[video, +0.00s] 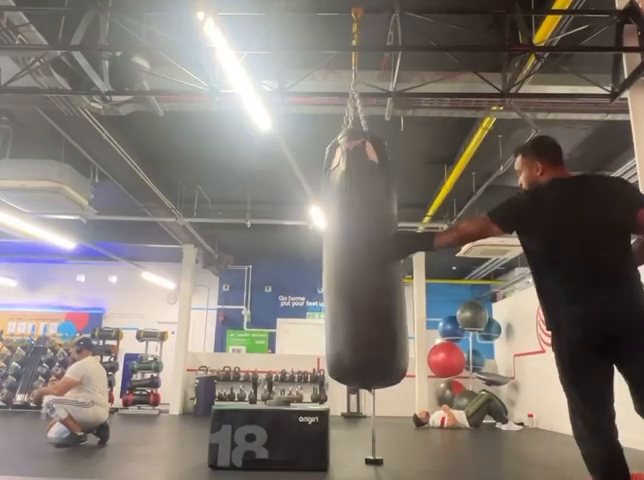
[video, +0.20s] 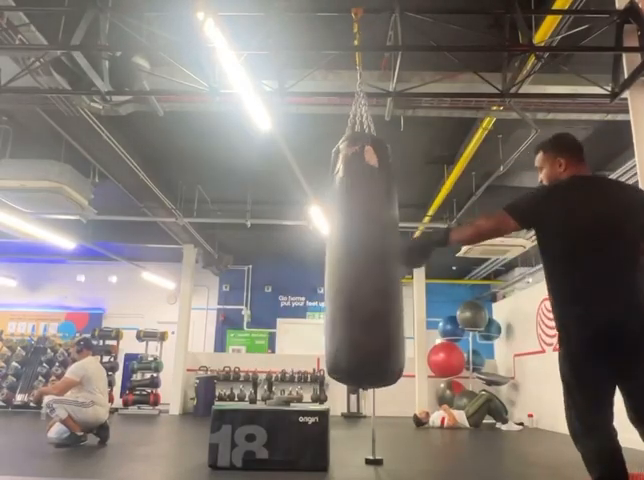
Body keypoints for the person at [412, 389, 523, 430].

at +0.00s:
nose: (423, 410)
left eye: (420, 411)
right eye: (421, 413)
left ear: (423, 417)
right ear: (423, 419)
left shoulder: (434, 415)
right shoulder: (434, 420)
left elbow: (450, 419)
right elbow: (453, 423)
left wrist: (446, 410)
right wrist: (447, 410)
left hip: (467, 413)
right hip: (470, 419)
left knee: (484, 393)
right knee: (487, 397)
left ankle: (501, 420)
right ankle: (505, 422)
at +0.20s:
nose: (423, 410)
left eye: (420, 411)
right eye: (421, 413)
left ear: (423, 417)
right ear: (423, 418)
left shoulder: (434, 415)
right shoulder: (434, 420)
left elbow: (451, 419)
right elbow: (453, 423)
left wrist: (446, 410)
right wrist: (446, 410)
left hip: (467, 413)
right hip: (469, 419)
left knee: (484, 393)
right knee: (487, 396)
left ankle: (501, 420)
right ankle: (505, 422)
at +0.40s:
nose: (423, 410)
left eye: (420, 411)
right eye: (421, 412)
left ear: (423, 417)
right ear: (423, 418)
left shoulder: (434, 415)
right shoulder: (434, 420)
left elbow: (451, 419)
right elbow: (453, 423)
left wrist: (446, 410)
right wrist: (447, 410)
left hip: (467, 413)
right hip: (469, 419)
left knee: (484, 393)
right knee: (487, 396)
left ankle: (501, 420)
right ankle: (505, 422)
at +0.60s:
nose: (423, 410)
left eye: (421, 410)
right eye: (422, 412)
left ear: (423, 416)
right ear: (424, 418)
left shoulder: (435, 415)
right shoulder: (434, 420)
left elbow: (451, 415)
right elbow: (453, 423)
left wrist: (449, 407)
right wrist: (447, 410)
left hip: (466, 413)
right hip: (469, 419)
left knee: (484, 393)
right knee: (487, 396)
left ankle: (501, 420)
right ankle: (505, 422)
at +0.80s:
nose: (423, 410)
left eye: (421, 410)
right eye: (421, 412)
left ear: (423, 416)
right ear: (423, 418)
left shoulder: (434, 415)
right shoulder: (434, 420)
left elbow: (450, 415)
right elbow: (453, 423)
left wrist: (446, 403)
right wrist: (446, 406)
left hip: (467, 413)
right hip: (470, 419)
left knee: (484, 393)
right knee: (487, 396)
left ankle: (501, 420)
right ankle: (505, 422)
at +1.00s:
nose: (423, 410)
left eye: (421, 411)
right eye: (421, 413)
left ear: (423, 416)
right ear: (423, 418)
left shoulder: (434, 415)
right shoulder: (434, 421)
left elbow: (448, 414)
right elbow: (453, 422)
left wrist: (443, 404)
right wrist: (445, 407)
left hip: (466, 413)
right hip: (469, 419)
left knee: (484, 393)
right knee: (487, 397)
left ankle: (500, 420)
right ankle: (505, 422)